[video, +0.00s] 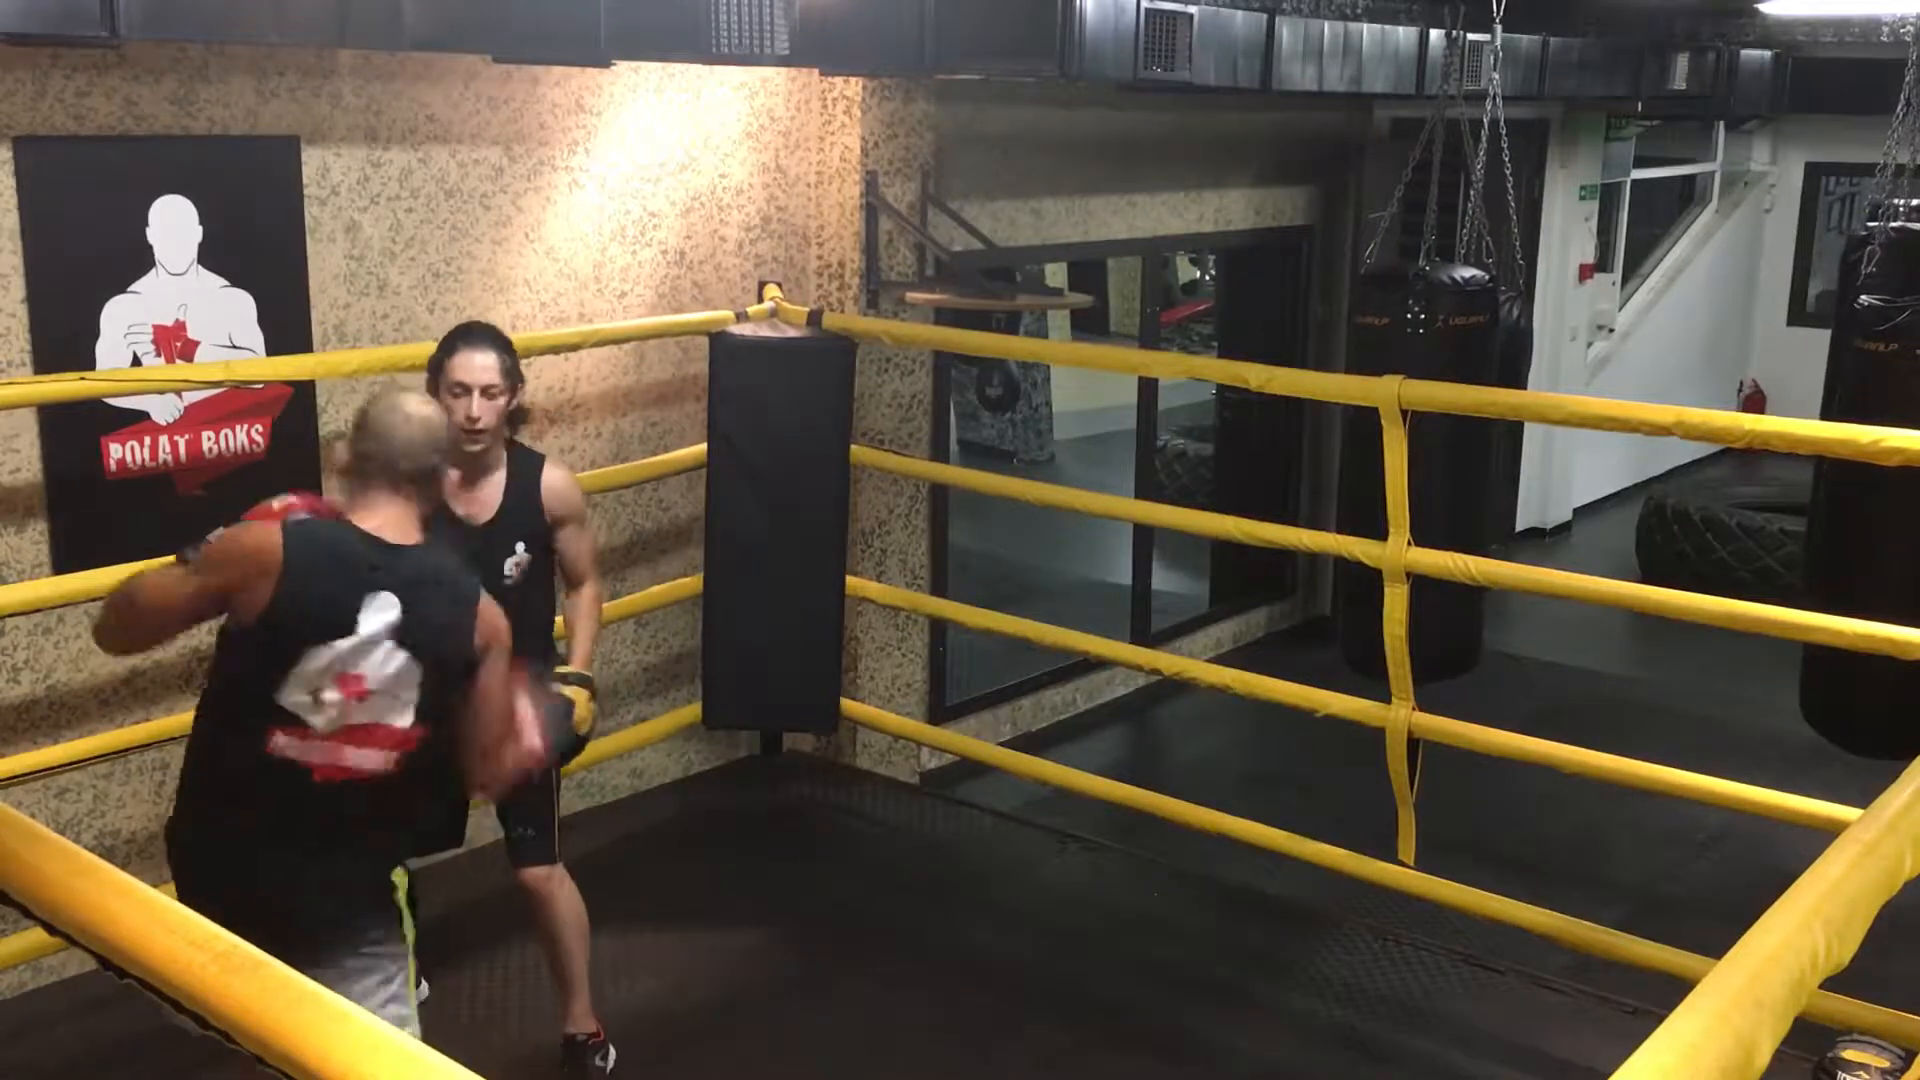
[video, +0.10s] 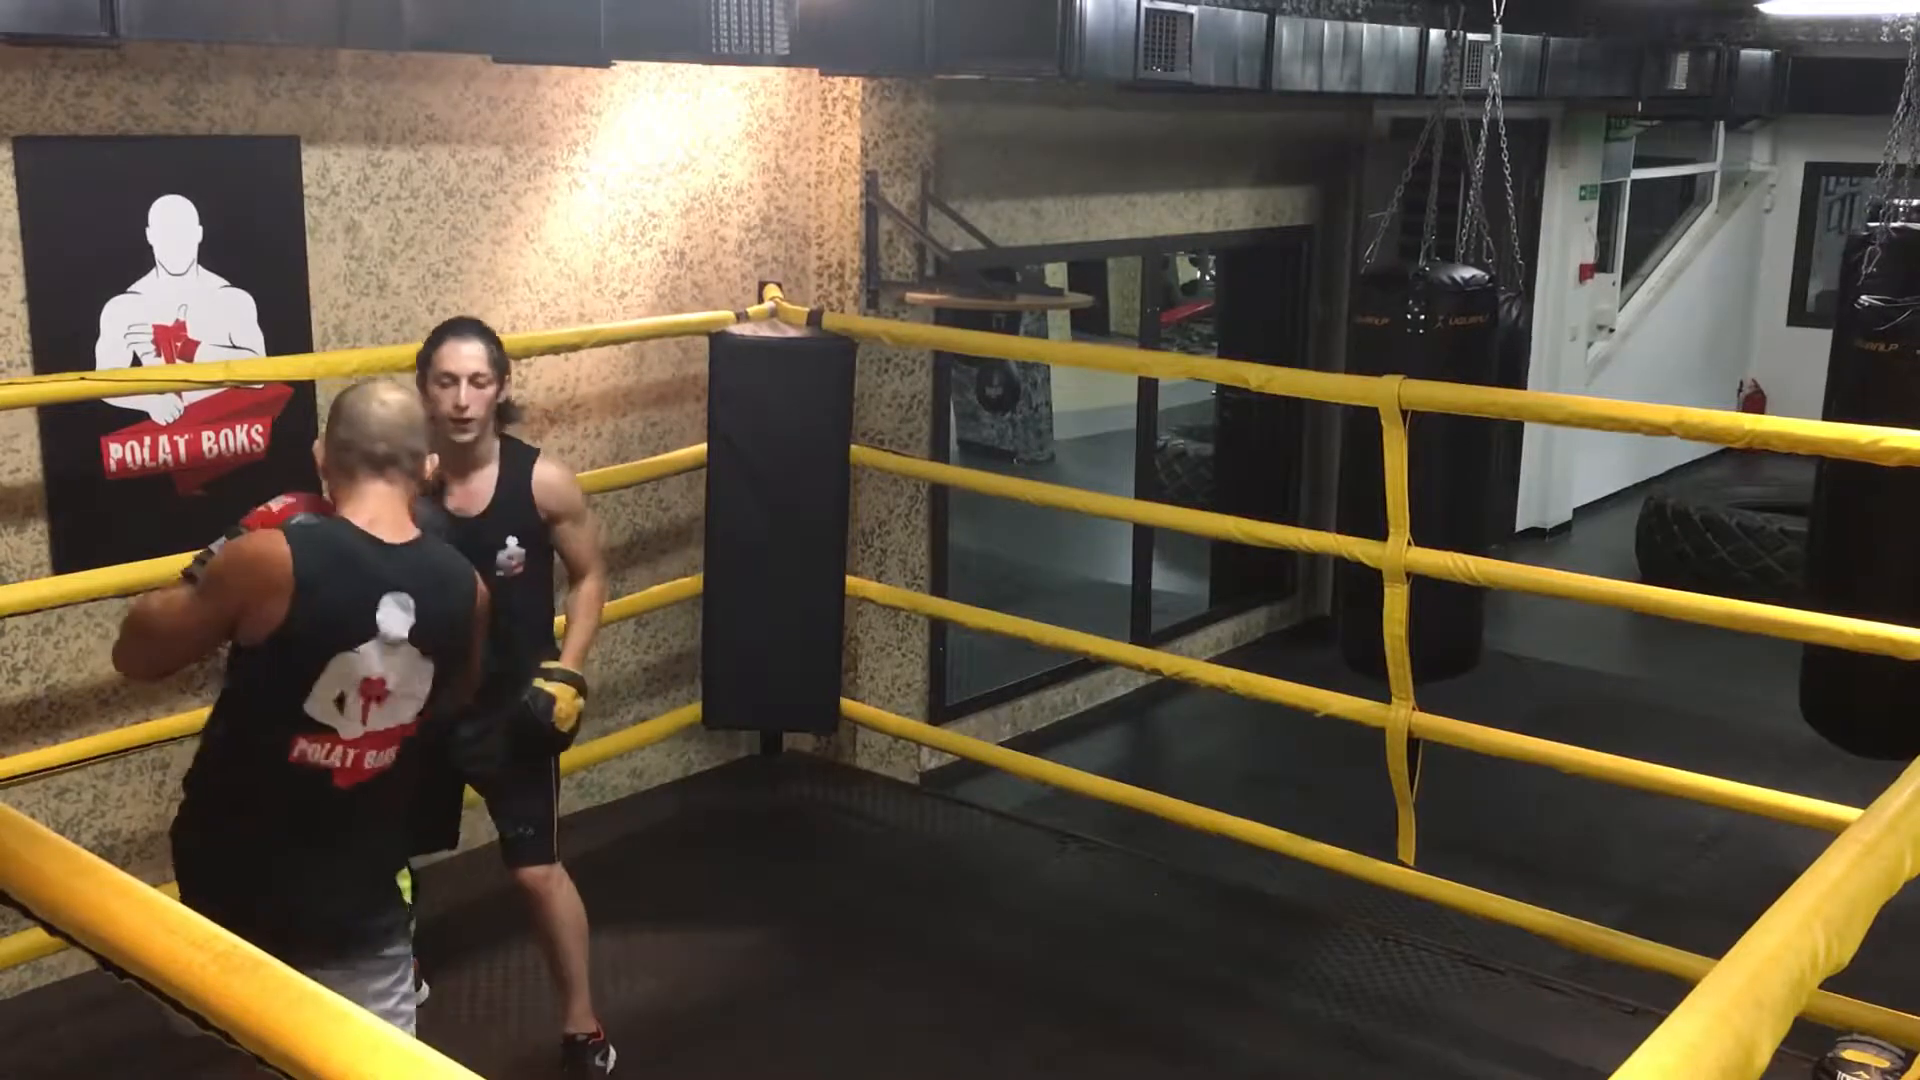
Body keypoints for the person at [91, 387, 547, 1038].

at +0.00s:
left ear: (346, 459)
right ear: (444, 484)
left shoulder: (265, 552)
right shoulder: (478, 617)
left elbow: (116, 627)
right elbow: (488, 774)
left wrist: (215, 554)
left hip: (224, 871)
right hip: (355, 888)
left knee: (249, 1049)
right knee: (378, 1067)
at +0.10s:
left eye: (320, 447)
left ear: (322, 459)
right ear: (429, 471)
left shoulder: (269, 559)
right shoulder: (464, 589)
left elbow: (137, 654)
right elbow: (453, 698)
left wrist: (213, 566)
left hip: (237, 862)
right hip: (366, 869)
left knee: (238, 1046)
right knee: (382, 1060)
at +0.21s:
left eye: (320, 431)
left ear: (322, 444)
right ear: (426, 463)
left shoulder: (252, 546)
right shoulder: (460, 587)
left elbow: (123, 657)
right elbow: (438, 754)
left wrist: (205, 585)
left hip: (244, 875)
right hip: (373, 881)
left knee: (262, 1056)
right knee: (405, 1064)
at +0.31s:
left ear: (333, 451)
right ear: (438, 470)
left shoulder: (229, 543)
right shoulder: (450, 590)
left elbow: (96, 652)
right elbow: (453, 764)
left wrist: (190, 586)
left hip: (235, 875)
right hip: (362, 885)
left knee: (285, 1054)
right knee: (436, 1062)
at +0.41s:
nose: (455, 490)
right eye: (456, 480)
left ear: (346, 469)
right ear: (447, 488)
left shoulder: (241, 559)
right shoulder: (425, 617)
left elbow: (119, 653)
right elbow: (484, 750)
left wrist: (184, 682)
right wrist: (487, 616)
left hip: (241, 908)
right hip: (361, 927)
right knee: (441, 1056)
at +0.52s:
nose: (459, 510)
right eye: (461, 499)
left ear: (351, 488)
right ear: (451, 507)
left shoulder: (256, 583)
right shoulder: (416, 644)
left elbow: (136, 683)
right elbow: (518, 733)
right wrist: (513, 605)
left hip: (245, 923)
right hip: (356, 940)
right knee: (415, 1065)